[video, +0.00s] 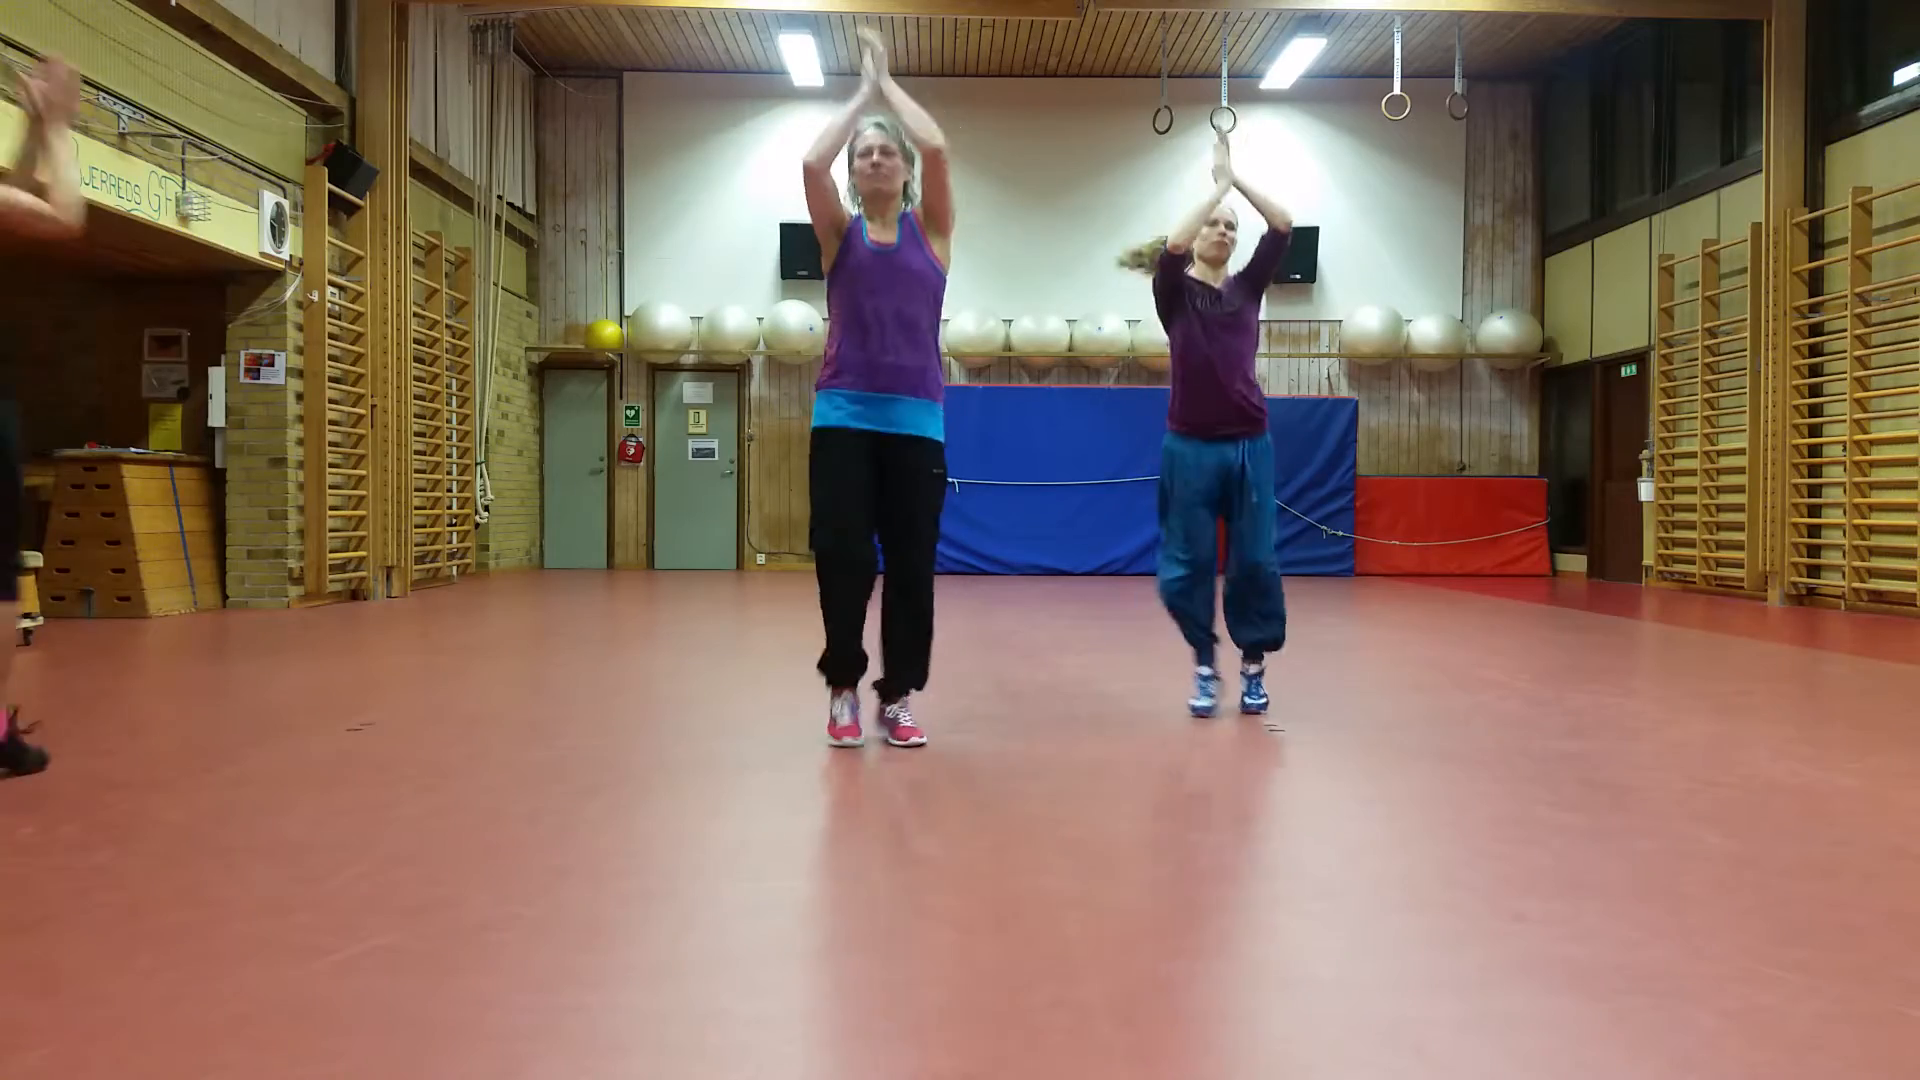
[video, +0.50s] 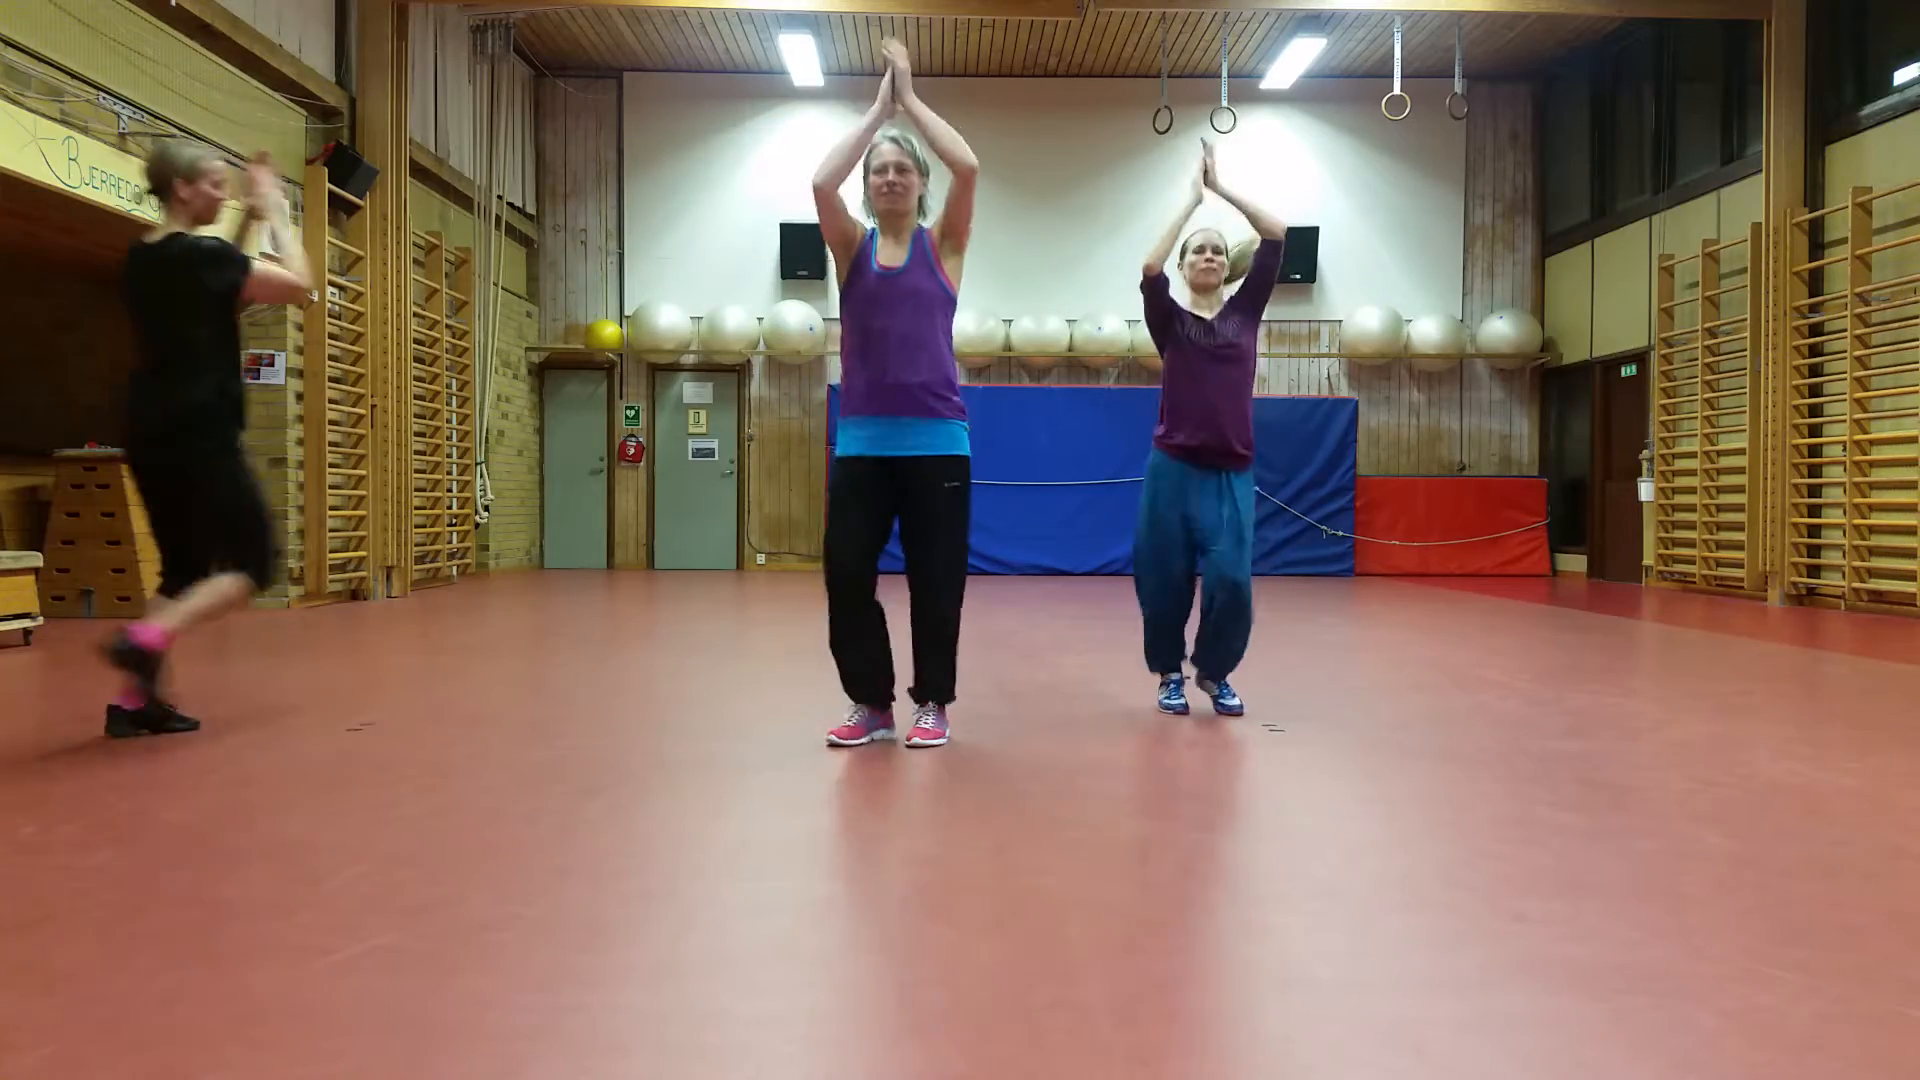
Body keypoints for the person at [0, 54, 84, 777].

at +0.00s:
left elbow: (33, 203)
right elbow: (65, 222)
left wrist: (42, 132)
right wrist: (57, 127)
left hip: (5, 419)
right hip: (1, 422)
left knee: (7, 576)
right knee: (5, 578)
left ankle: (4, 727)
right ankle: (0, 728)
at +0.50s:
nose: (223, 195)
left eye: (224, 185)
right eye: (216, 184)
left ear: (171, 193)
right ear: (183, 189)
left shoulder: (140, 256)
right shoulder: (208, 256)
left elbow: (222, 283)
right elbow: (300, 283)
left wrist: (251, 213)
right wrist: (273, 210)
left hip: (149, 435)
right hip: (203, 435)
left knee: (182, 564)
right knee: (252, 563)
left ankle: (142, 700)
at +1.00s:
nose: (410, 211)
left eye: (410, 202)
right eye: (400, 202)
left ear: (385, 210)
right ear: (368, 209)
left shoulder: (380, 263)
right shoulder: (366, 265)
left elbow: (455, 291)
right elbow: (459, 287)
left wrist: (462, 214)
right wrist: (464, 215)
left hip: (400, 432)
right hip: (382, 435)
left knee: (461, 523)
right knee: (398, 561)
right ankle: (342, 671)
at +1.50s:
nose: (530, 207)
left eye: (535, 199)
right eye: (520, 199)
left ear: (547, 211)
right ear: (502, 211)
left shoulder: (563, 269)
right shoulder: (487, 267)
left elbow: (611, 275)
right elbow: (519, 285)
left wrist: (594, 208)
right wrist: (519, 216)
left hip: (548, 417)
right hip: (504, 417)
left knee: (558, 531)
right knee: (557, 527)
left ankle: (503, 640)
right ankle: (558, 650)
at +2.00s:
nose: (623, 236)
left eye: (630, 227)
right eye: (614, 227)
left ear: (645, 240)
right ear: (604, 239)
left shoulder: (668, 297)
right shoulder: (590, 304)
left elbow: (692, 272)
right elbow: (581, 292)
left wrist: (649, 222)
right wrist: (623, 241)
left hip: (678, 444)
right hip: (619, 450)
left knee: (701, 556)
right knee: (622, 568)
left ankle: (728, 658)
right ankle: (655, 662)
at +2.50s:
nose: (644, 227)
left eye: (654, 221)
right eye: (636, 220)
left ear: (669, 234)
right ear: (623, 231)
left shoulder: (685, 292)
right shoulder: (599, 296)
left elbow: (715, 343)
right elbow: (553, 348)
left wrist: (653, 312)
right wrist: (591, 302)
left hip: (666, 445)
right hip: (604, 446)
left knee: (705, 540)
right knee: (604, 562)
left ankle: (696, 650)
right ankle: (607, 665)